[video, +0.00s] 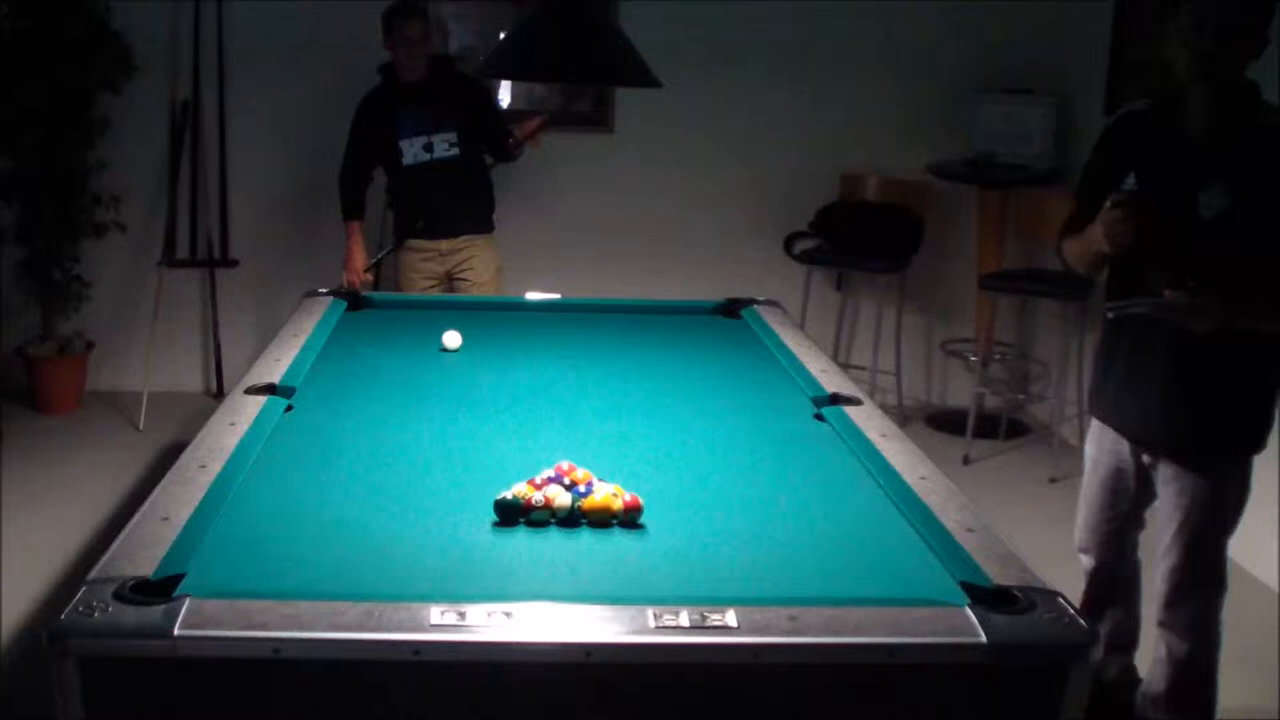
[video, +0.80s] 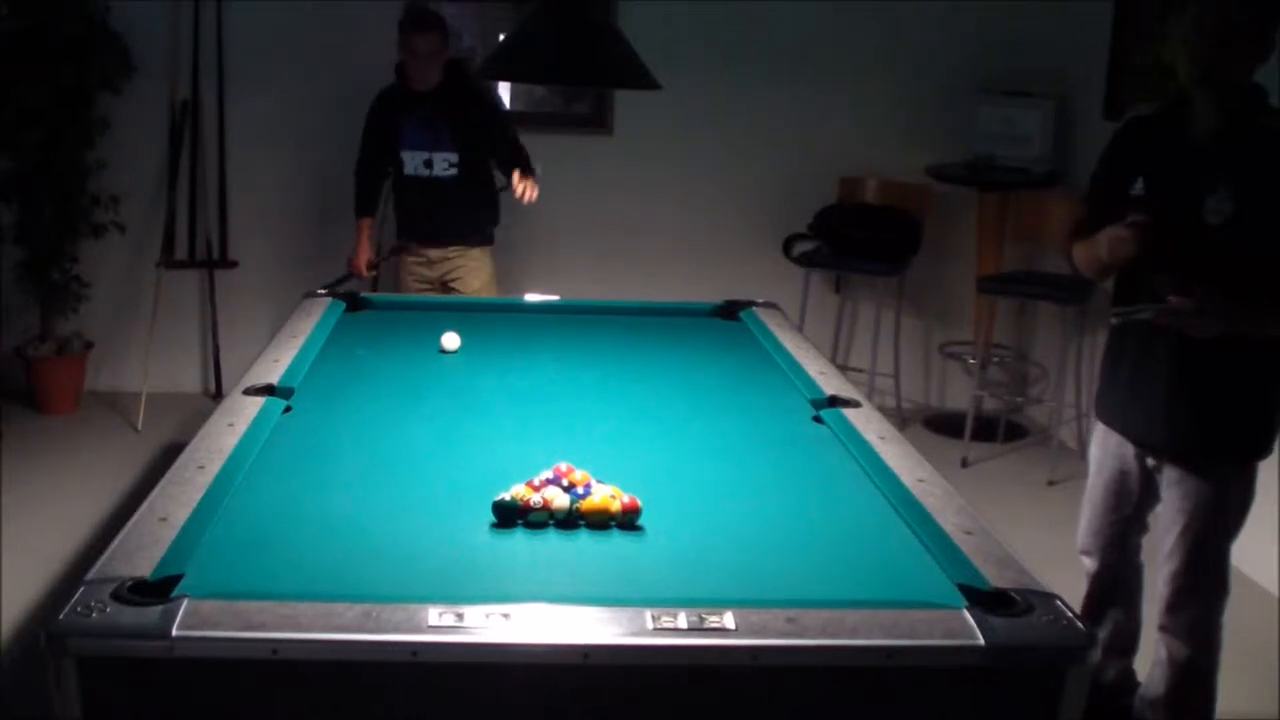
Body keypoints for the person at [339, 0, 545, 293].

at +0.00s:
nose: (413, 52)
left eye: (420, 41)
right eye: (404, 43)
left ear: (432, 41)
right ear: (389, 45)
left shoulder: (464, 88)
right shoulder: (377, 104)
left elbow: (499, 150)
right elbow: (353, 176)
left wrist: (517, 139)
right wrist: (355, 247)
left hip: (473, 244)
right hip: (415, 249)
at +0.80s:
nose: (423, 61)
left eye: (431, 52)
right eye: (414, 52)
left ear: (445, 50)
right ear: (401, 52)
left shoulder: (472, 95)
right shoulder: (389, 103)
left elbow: (504, 139)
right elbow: (369, 172)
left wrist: (521, 172)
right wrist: (363, 240)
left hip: (470, 252)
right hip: (413, 253)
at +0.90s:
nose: (431, 66)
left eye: (439, 57)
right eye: (423, 57)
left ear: (453, 57)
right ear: (410, 58)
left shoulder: (477, 101)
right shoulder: (395, 103)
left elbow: (509, 164)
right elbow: (375, 171)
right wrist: (370, 234)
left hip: (471, 252)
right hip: (417, 251)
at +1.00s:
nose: (440, 86)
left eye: (449, 77)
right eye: (431, 77)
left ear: (461, 74)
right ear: (418, 74)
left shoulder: (481, 112)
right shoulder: (403, 107)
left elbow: (505, 185)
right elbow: (384, 168)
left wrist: (499, 246)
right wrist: (381, 230)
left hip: (473, 258)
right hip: (422, 255)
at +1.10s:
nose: (444, 105)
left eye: (454, 96)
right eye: (436, 95)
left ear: (466, 91)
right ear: (424, 89)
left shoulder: (485, 125)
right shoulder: (409, 112)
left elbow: (501, 204)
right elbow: (395, 166)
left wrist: (486, 269)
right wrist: (391, 221)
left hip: (473, 255)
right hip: (425, 249)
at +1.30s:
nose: (444, 138)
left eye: (453, 130)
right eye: (437, 128)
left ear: (468, 123)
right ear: (425, 119)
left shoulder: (486, 151)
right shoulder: (413, 130)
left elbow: (494, 232)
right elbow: (402, 162)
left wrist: (467, 295)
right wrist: (399, 199)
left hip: (478, 243)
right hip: (434, 236)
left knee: (477, 323)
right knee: (429, 317)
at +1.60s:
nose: (433, 172)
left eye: (442, 163)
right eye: (426, 162)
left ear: (459, 149)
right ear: (416, 151)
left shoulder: (476, 172)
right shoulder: (404, 150)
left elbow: (490, 254)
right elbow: (401, 186)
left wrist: (460, 303)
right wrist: (402, 226)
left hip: (475, 241)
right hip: (435, 238)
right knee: (432, 309)